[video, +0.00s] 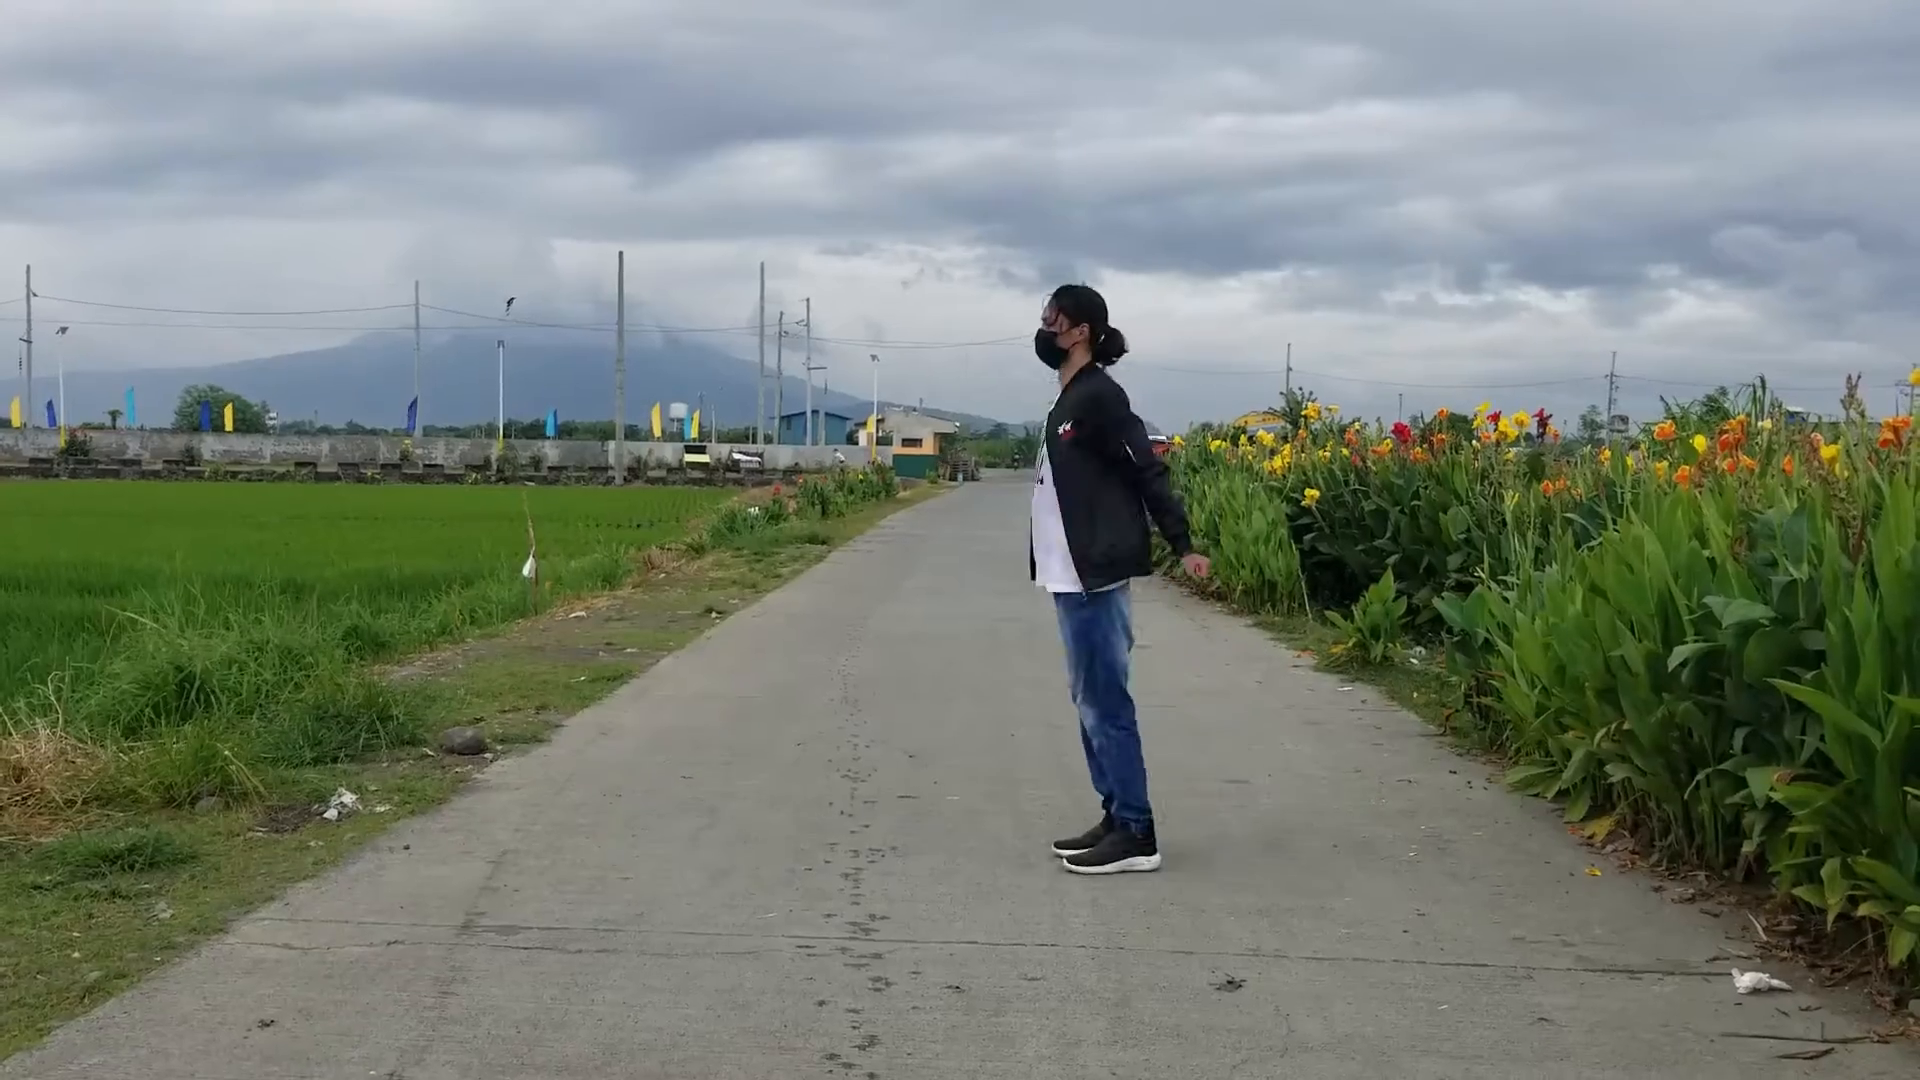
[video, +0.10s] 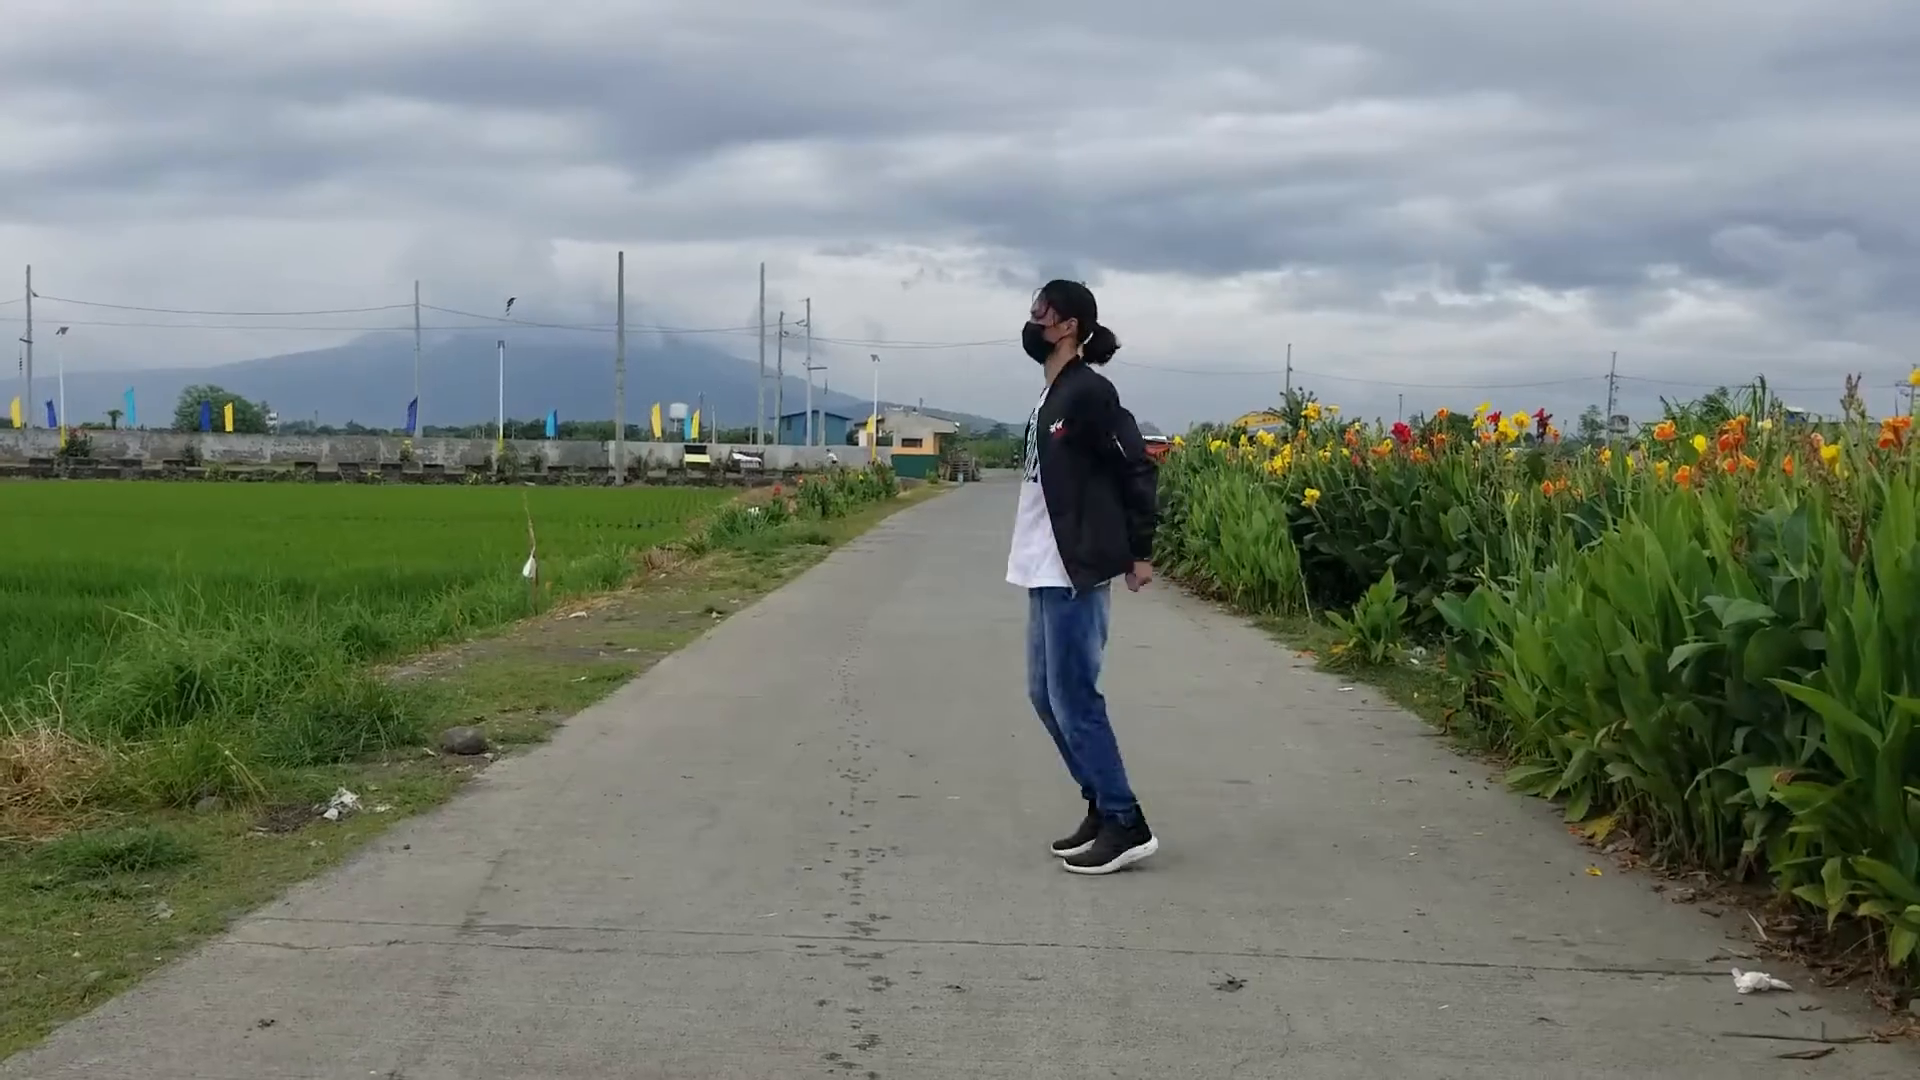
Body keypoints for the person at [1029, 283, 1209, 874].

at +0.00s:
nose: (1045, 325)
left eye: (1056, 317)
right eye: (1047, 316)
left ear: (1084, 330)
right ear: (1071, 333)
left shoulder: (1100, 393)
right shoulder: (1072, 392)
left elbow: (1147, 469)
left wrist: (1185, 544)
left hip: (1095, 577)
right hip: (1072, 576)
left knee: (1106, 705)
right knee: (1090, 702)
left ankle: (1136, 833)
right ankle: (1116, 821)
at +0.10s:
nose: (1035, 317)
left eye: (1045, 310)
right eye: (1036, 309)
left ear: (1071, 324)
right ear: (1056, 324)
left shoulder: (1090, 389)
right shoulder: (1054, 391)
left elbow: (1136, 468)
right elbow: (1071, 478)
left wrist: (1140, 551)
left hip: (1073, 574)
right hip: (1044, 572)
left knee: (1074, 700)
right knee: (1046, 696)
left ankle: (1126, 826)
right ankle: (1102, 811)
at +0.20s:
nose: (1013, 323)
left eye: (1024, 315)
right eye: (1015, 314)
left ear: (1054, 328)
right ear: (1039, 328)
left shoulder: (1063, 394)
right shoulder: (1029, 385)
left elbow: (1086, 482)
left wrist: (1097, 571)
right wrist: (978, 333)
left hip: (1063, 573)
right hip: (1035, 567)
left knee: (1016, 691)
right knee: (1029, 692)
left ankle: (1080, 804)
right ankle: (1048, 806)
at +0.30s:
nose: (1006, 336)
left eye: (1018, 330)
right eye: (1005, 328)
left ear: (1045, 344)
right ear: (1008, 340)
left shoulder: (1050, 399)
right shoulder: (1001, 393)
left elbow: (1062, 491)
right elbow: (944, 384)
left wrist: (1029, 578)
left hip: (1059, 578)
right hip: (1022, 571)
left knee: (995, 713)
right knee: (1011, 702)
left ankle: (1038, 826)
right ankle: (1034, 811)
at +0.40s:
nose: (1008, 338)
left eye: (1021, 330)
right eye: (1001, 331)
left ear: (1045, 345)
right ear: (994, 345)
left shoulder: (1059, 398)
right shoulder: (986, 401)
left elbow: (1058, 463)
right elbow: (931, 431)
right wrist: (863, 432)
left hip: (1052, 588)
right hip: (998, 584)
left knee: (1006, 712)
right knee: (937, 687)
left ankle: (1039, 828)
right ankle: (991, 784)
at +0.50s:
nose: (1013, 341)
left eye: (1025, 334)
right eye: (1003, 334)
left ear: (1043, 349)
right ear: (990, 348)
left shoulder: (1058, 397)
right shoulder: (967, 411)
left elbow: (1033, 419)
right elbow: (912, 462)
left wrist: (965, 402)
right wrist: (867, 514)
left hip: (1045, 592)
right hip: (982, 592)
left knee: (1004, 718)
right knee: (926, 693)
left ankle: (1030, 825)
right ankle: (927, 835)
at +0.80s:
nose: (970, 349)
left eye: (980, 342)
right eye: (970, 341)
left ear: (1012, 351)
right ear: (991, 353)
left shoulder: (1032, 414)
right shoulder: (985, 421)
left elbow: (1021, 467)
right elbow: (975, 507)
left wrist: (950, 453)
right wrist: (928, 497)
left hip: (998, 595)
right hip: (948, 585)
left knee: (961, 722)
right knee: (876, 679)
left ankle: (1018, 821)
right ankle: (895, 811)